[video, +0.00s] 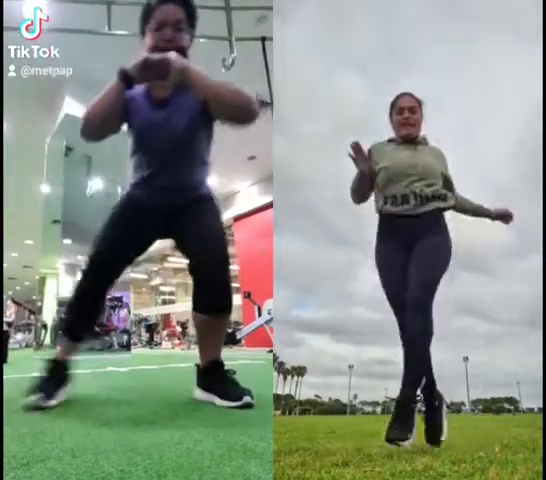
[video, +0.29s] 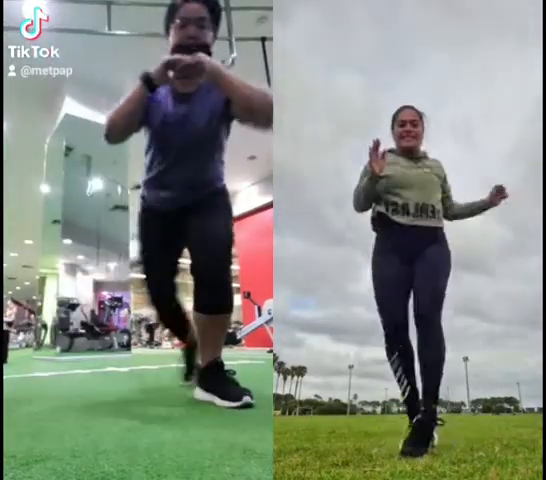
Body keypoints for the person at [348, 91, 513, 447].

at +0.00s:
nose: (407, 115)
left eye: (412, 110)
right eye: (400, 111)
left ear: (422, 118)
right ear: (391, 119)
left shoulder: (435, 155)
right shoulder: (377, 152)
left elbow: (450, 198)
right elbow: (358, 197)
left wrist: (490, 213)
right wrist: (364, 172)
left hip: (431, 232)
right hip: (391, 235)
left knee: (417, 304)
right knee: (406, 319)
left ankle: (405, 403)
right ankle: (432, 399)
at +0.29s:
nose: (408, 128)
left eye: (414, 123)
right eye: (402, 124)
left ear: (423, 130)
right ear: (392, 132)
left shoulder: (435, 167)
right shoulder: (380, 164)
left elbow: (450, 210)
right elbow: (360, 205)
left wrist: (487, 203)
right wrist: (372, 174)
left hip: (431, 246)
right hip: (390, 248)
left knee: (427, 319)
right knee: (393, 326)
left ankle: (428, 412)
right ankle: (413, 410)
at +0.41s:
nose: (407, 128)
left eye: (413, 123)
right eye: (401, 123)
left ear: (422, 129)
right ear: (392, 130)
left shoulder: (436, 167)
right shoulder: (380, 163)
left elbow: (454, 209)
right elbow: (364, 208)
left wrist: (477, 188)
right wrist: (366, 189)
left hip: (430, 244)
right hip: (388, 243)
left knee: (449, 321)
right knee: (369, 323)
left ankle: (471, 407)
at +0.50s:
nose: (407, 143)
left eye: (413, 138)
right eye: (400, 139)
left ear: (421, 144)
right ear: (392, 147)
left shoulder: (436, 182)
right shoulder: (381, 180)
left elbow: (455, 225)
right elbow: (371, 227)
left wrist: (469, 196)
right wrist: (358, 209)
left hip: (429, 263)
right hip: (384, 263)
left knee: (462, 335)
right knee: (352, 336)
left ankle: (507, 414)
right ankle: (306, 419)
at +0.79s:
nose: (401, 145)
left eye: (406, 140)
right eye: (395, 140)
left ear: (416, 146)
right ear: (386, 147)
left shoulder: (432, 180)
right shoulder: (376, 180)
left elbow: (455, 219)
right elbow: (366, 224)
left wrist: (454, 184)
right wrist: (353, 205)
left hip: (426, 259)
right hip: (383, 258)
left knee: (452, 336)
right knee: (358, 333)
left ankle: (488, 417)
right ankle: (325, 419)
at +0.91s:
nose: (394, 141)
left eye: (400, 136)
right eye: (388, 137)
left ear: (409, 141)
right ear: (380, 144)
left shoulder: (427, 174)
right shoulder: (373, 181)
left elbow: (450, 213)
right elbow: (371, 226)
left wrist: (447, 179)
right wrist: (352, 215)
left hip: (422, 252)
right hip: (384, 253)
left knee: (419, 335)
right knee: (390, 331)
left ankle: (404, 415)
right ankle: (406, 416)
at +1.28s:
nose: (396, 140)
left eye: (401, 136)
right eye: (390, 137)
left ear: (410, 143)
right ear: (382, 146)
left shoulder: (423, 175)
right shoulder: (371, 177)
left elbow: (461, 193)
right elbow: (343, 209)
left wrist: (456, 159)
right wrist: (330, 184)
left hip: (417, 252)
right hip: (378, 252)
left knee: (424, 329)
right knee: (366, 325)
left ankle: (427, 406)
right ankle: (349, 407)